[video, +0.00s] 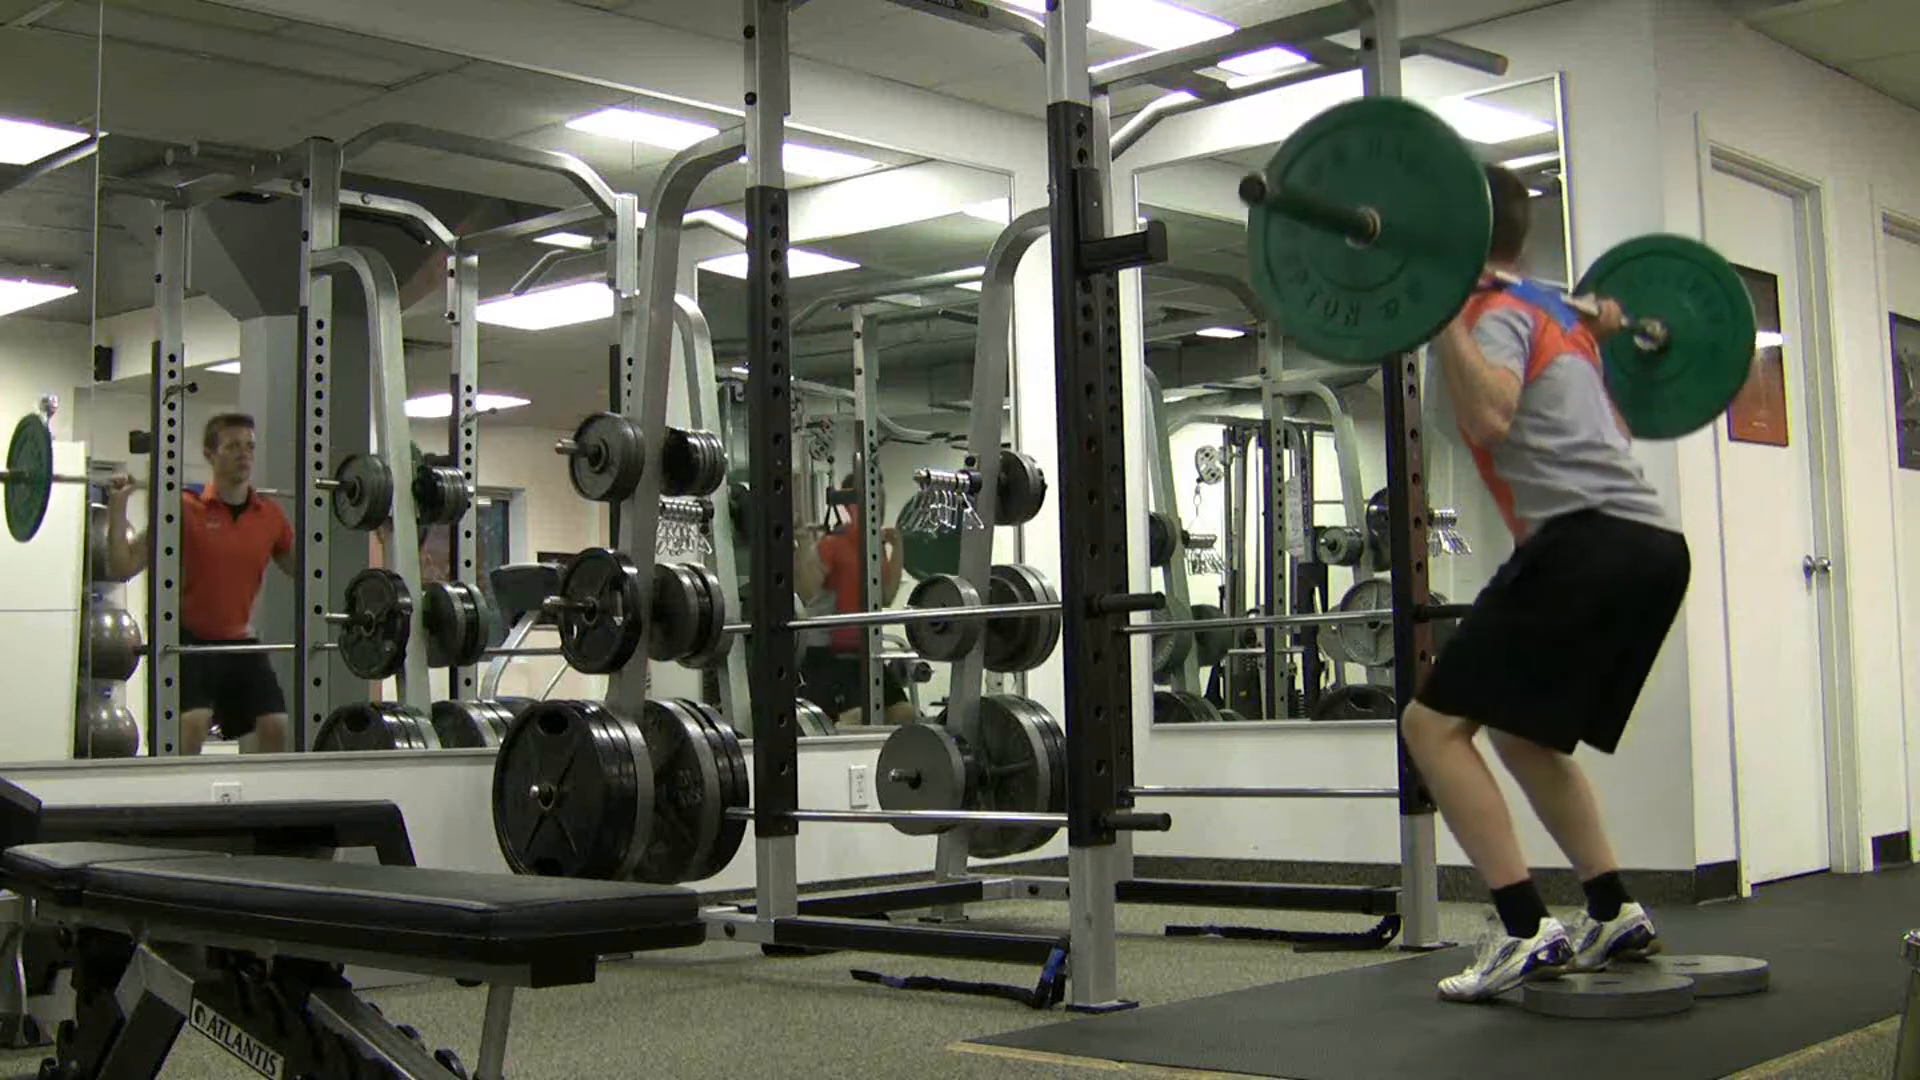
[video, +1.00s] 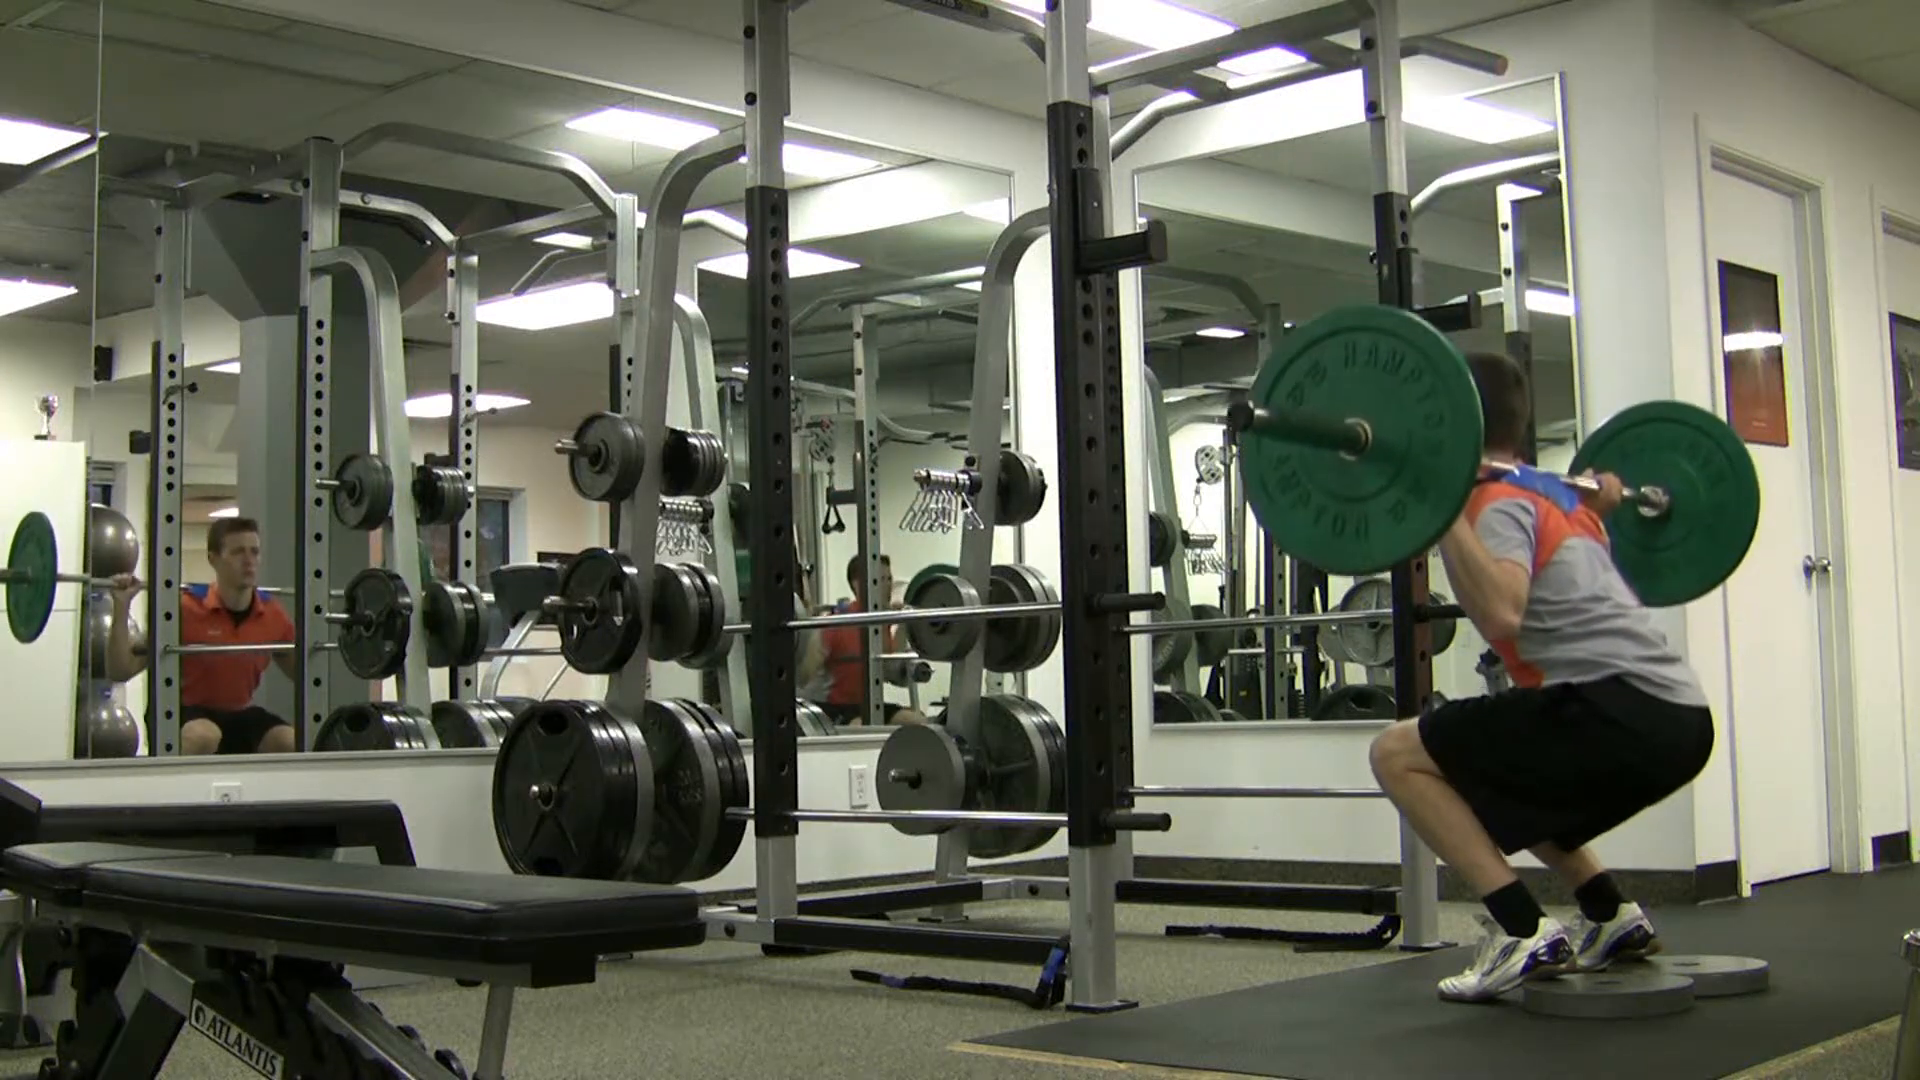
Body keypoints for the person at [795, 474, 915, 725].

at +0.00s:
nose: (871, 506)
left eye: (876, 498)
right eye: (863, 499)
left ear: (882, 501)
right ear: (848, 506)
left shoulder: (875, 545)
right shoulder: (833, 544)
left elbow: (887, 596)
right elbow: (808, 593)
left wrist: (897, 548)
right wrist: (804, 547)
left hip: (869, 652)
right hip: (835, 652)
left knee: (903, 716)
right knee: (852, 721)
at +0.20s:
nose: (870, 524)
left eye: (877, 517)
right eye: (861, 517)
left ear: (884, 521)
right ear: (848, 523)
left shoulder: (879, 566)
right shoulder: (834, 564)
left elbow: (889, 610)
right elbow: (813, 604)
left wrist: (899, 568)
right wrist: (804, 566)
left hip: (869, 665)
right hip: (836, 664)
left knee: (909, 716)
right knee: (857, 719)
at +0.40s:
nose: (874, 545)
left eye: (880, 536)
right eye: (866, 537)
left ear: (886, 540)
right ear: (851, 542)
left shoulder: (881, 585)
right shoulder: (832, 584)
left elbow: (887, 632)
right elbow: (816, 632)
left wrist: (899, 584)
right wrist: (803, 587)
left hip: (869, 678)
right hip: (830, 678)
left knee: (909, 716)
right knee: (860, 717)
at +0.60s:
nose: (884, 562)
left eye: (886, 555)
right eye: (875, 556)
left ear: (889, 556)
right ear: (854, 560)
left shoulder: (882, 601)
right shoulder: (833, 601)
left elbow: (888, 647)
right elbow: (815, 649)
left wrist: (900, 602)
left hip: (869, 689)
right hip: (832, 688)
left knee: (912, 718)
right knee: (861, 721)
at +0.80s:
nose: (884, 575)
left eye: (887, 568)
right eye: (877, 568)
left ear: (891, 571)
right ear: (855, 573)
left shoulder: (887, 613)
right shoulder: (834, 612)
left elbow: (894, 659)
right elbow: (813, 661)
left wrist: (900, 612)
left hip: (872, 697)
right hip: (835, 698)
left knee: (915, 719)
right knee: (864, 724)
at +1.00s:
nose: (887, 586)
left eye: (889, 579)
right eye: (879, 580)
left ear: (893, 581)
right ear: (857, 585)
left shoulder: (883, 622)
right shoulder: (836, 623)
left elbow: (891, 668)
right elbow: (807, 673)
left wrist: (903, 625)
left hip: (872, 704)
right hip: (838, 706)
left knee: (917, 721)